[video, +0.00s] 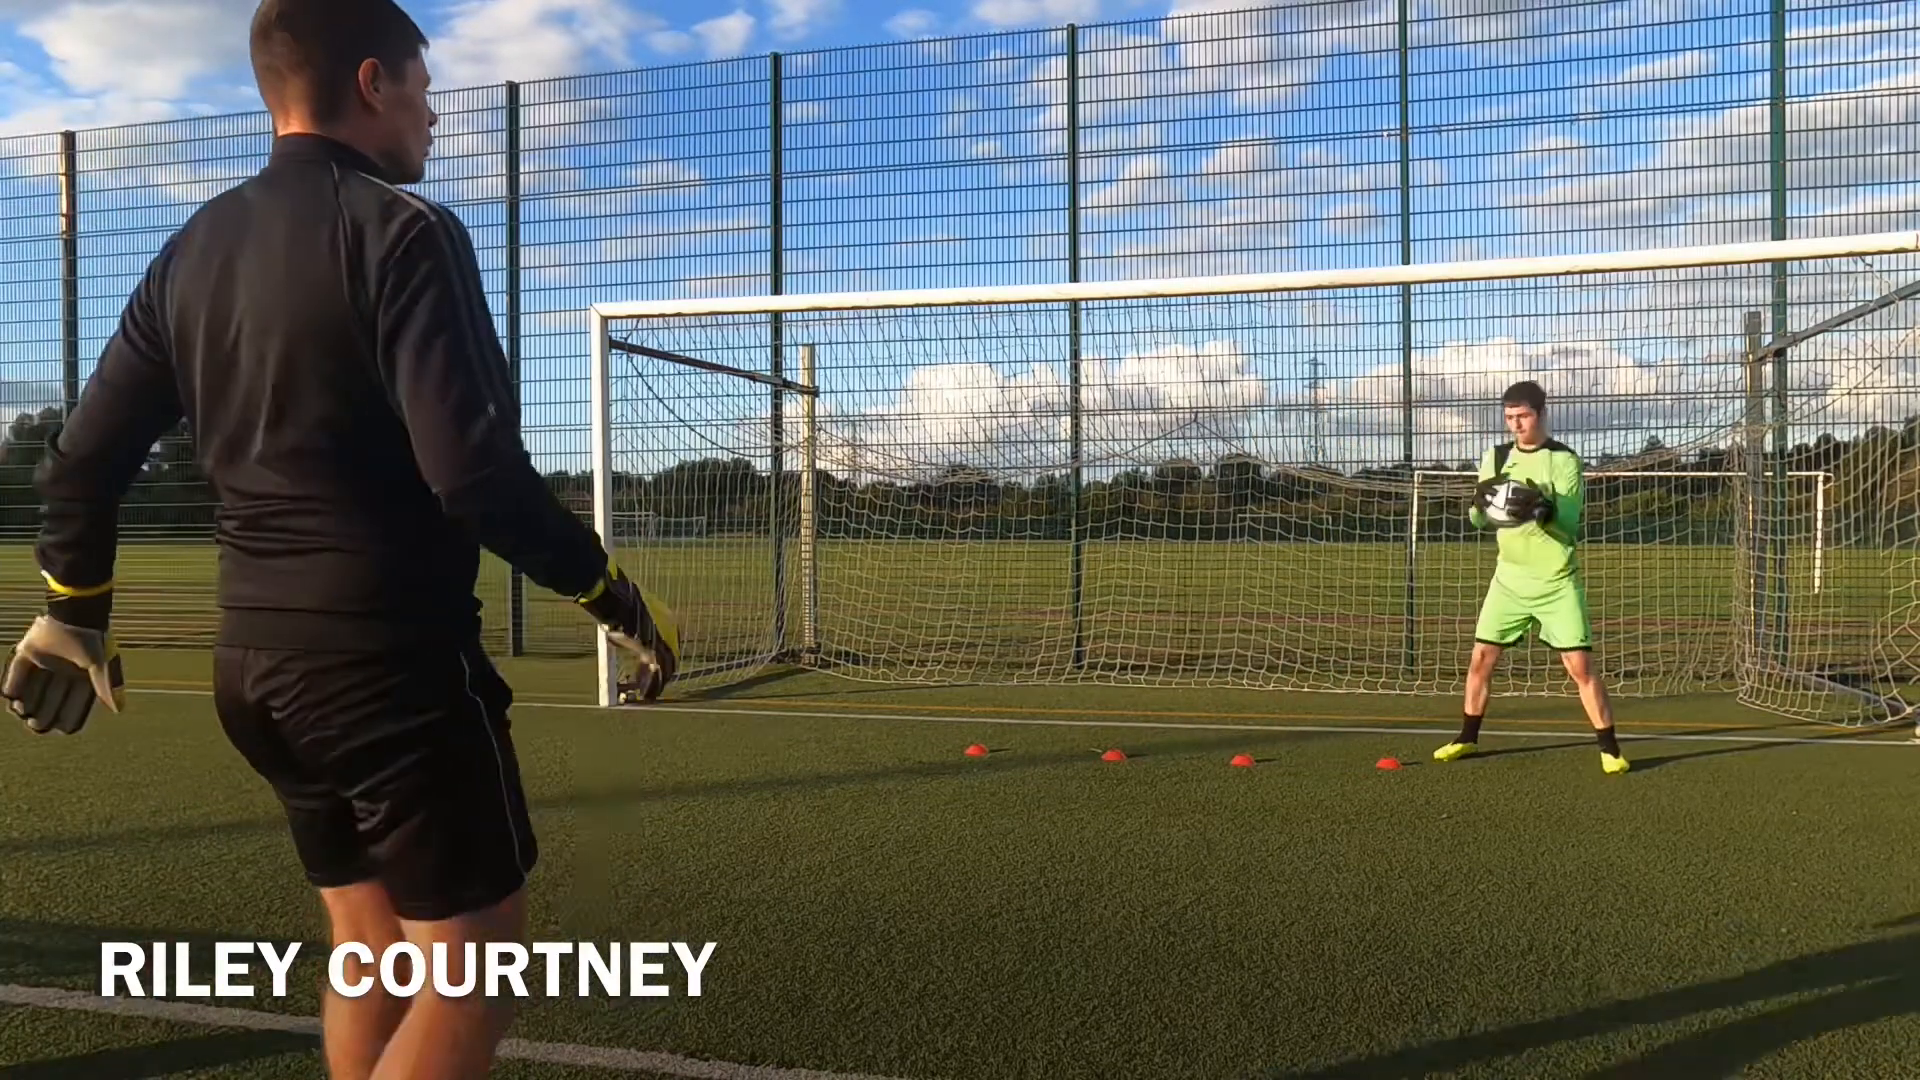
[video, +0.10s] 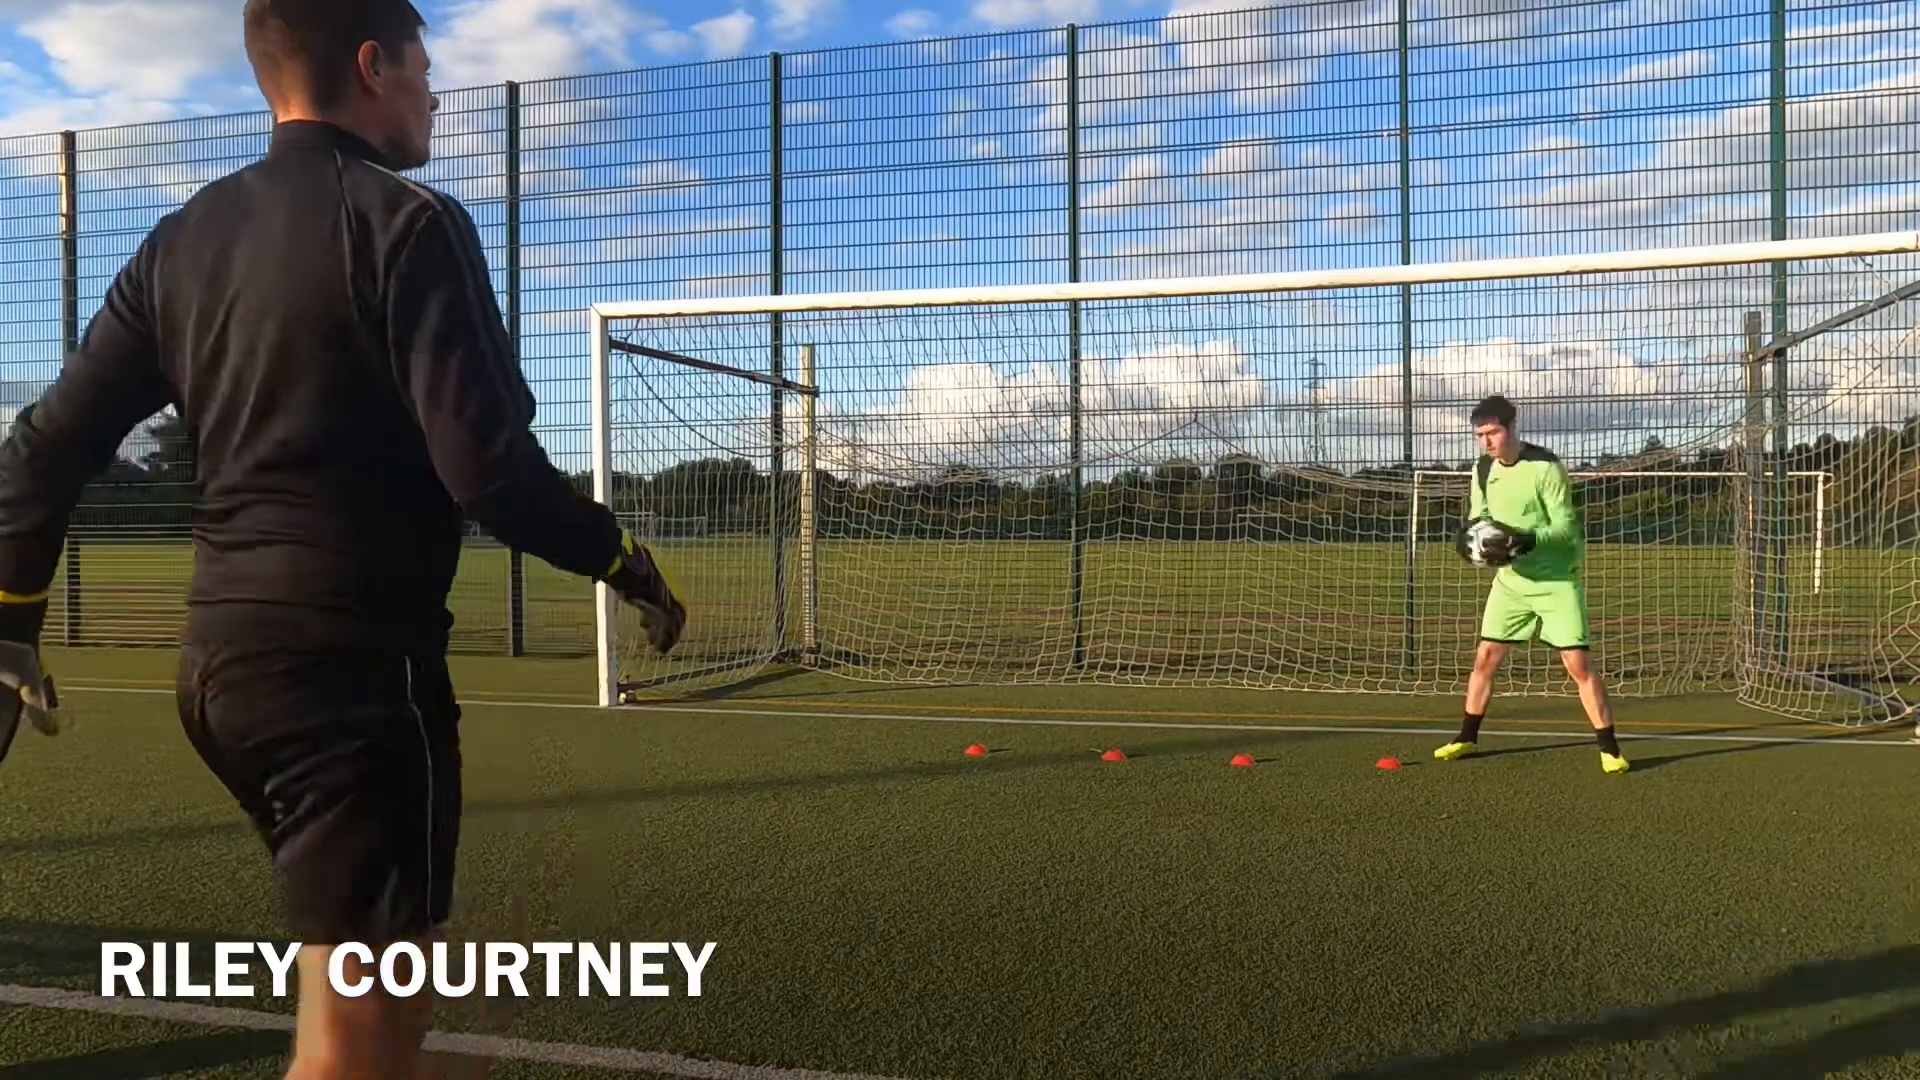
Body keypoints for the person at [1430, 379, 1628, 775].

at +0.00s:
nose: (1516, 423)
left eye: (1523, 415)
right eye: (1510, 417)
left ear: (1541, 414)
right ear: (1505, 420)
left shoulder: (1564, 461)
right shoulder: (1496, 458)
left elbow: (1572, 528)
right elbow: (1478, 521)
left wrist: (1543, 511)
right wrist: (1483, 504)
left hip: (1557, 583)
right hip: (1508, 581)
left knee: (1580, 666)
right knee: (1481, 657)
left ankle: (1609, 749)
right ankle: (1468, 738)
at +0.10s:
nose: (1486, 441)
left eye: (1493, 433)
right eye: (1481, 434)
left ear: (1511, 429)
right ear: (1477, 436)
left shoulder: (1547, 468)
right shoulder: (1481, 471)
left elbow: (1567, 529)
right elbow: (1478, 521)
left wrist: (1527, 540)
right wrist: (1475, 539)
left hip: (1556, 584)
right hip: (1508, 582)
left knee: (1578, 664)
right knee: (1486, 656)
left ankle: (1609, 748)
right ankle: (1467, 739)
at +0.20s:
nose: (1458, 456)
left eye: (1463, 446)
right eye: (1452, 450)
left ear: (1481, 442)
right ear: (1450, 453)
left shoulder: (1523, 477)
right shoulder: (1467, 485)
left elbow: (1552, 534)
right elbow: (1470, 528)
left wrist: (1504, 549)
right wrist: (1454, 555)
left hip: (1554, 584)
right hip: (1509, 588)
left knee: (1576, 664)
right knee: (1482, 656)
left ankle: (1609, 749)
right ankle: (1468, 739)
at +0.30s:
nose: (1432, 470)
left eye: (1437, 460)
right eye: (1425, 465)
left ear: (1457, 458)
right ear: (1423, 470)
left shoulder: (1497, 492)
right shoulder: (1451, 498)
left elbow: (1545, 526)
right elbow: (1465, 526)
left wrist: (1510, 559)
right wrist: (1442, 555)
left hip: (1540, 588)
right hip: (1497, 590)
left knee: (1567, 665)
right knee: (1470, 659)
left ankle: (1608, 749)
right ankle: (1467, 739)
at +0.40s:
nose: (1416, 469)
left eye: (1422, 460)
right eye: (1408, 464)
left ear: (1438, 458)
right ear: (1404, 472)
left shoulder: (1482, 491)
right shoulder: (1428, 505)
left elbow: (1538, 501)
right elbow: (1442, 532)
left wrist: (1535, 547)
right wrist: (1431, 561)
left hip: (1521, 588)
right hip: (1476, 592)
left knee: (1553, 665)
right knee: (1455, 662)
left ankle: (1601, 746)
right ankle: (1464, 739)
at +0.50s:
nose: (1406, 461)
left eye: (1410, 452)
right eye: (1398, 458)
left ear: (1427, 447)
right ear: (1394, 462)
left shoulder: (1476, 475)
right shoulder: (1407, 500)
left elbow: (1523, 491)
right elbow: (1417, 545)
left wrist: (1526, 532)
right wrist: (1408, 593)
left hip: (1510, 579)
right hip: (1462, 587)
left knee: (1539, 658)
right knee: (1449, 663)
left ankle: (1583, 739)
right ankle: (1462, 738)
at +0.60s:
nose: (1389, 466)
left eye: (1393, 457)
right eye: (1383, 461)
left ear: (1412, 445)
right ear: (1382, 459)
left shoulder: (1462, 466)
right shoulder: (1394, 491)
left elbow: (1511, 489)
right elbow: (1407, 543)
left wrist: (1515, 534)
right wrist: (1400, 556)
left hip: (1498, 573)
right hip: (1453, 581)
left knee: (1522, 652)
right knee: (1443, 659)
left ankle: (1563, 734)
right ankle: (1461, 737)